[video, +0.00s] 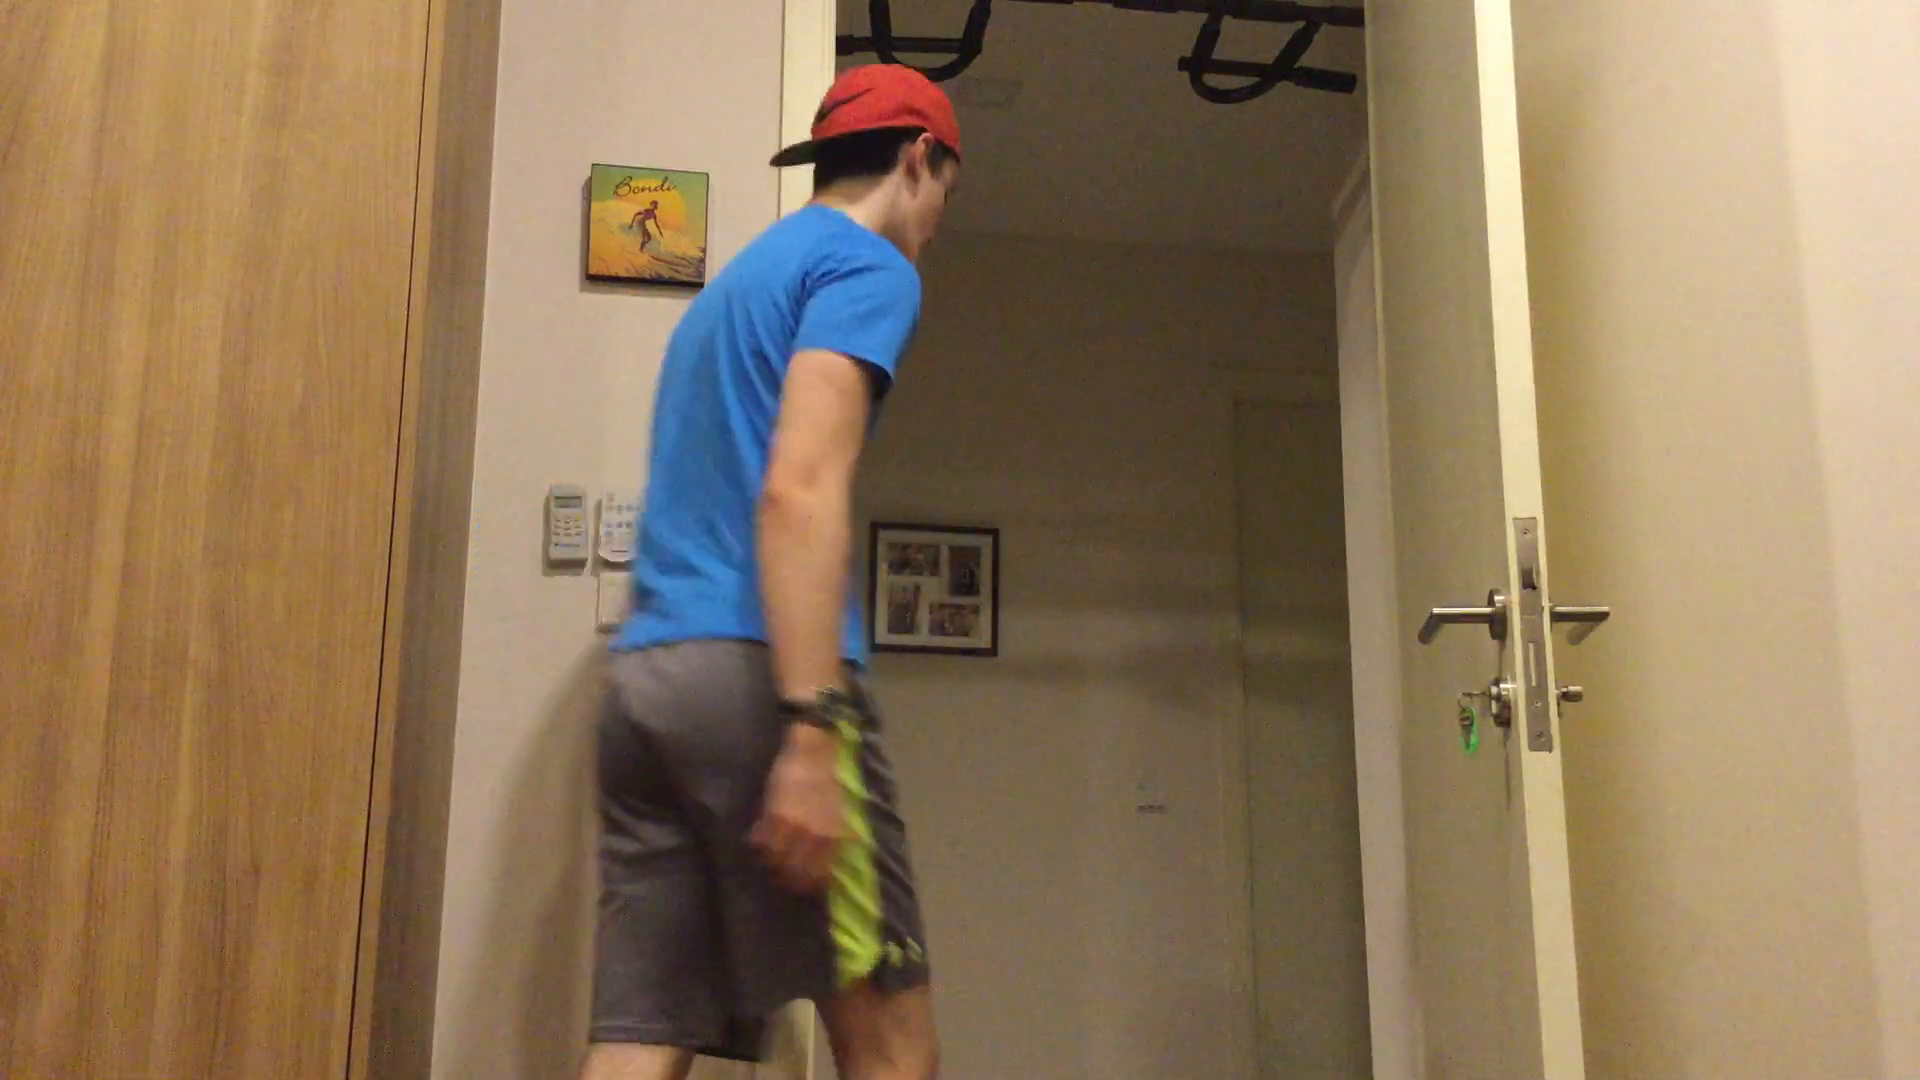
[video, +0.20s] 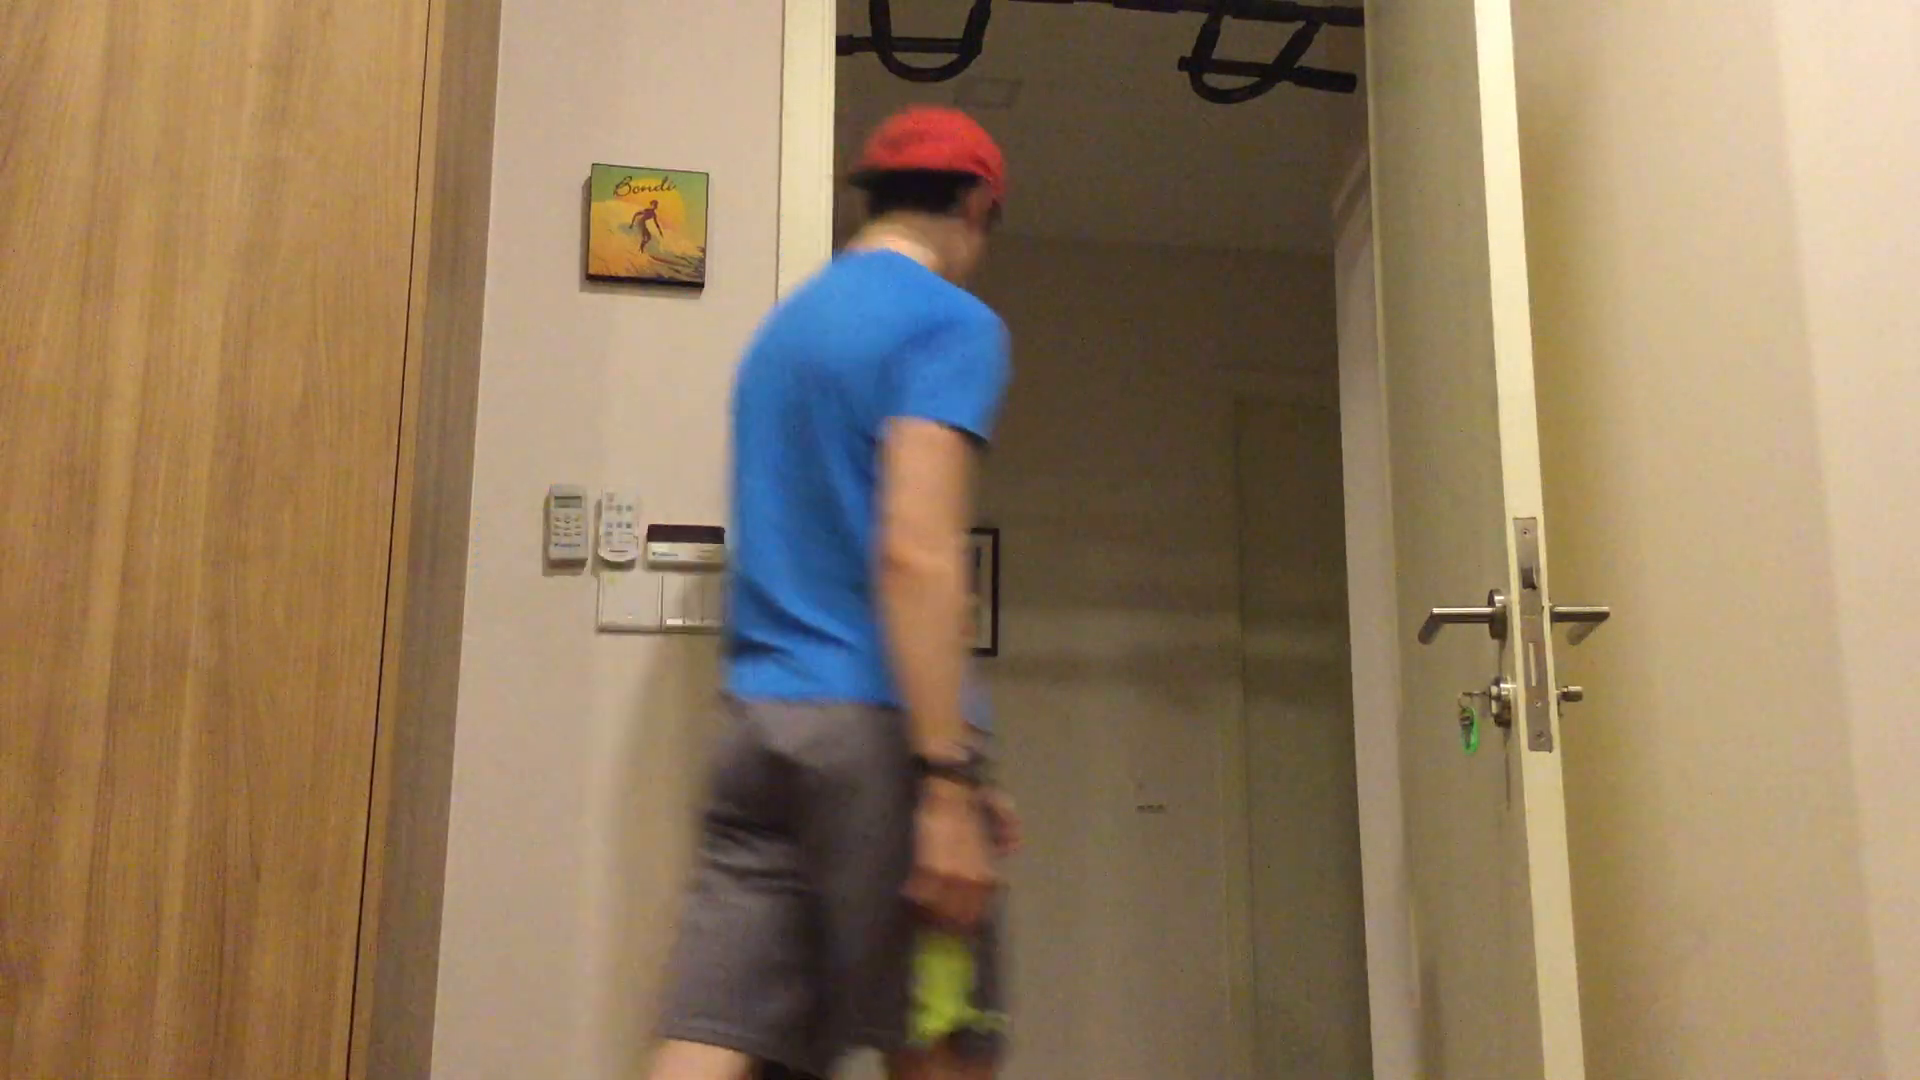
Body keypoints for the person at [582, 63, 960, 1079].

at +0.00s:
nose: (941, 221)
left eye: (947, 192)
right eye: (947, 189)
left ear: (826, 164)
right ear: (918, 163)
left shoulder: (740, 277)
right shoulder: (864, 264)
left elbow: (699, 499)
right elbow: (798, 486)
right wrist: (814, 728)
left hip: (644, 679)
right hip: (759, 678)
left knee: (636, 1039)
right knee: (886, 1039)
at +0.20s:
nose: (986, 248)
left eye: (988, 225)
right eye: (988, 223)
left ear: (869, 203)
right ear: (972, 211)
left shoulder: (788, 323)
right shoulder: (946, 321)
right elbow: (917, 557)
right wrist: (946, 779)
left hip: (761, 721)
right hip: (870, 731)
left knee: (710, 1042)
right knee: (939, 1051)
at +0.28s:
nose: (1021, 247)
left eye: (1019, 235)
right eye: (1022, 232)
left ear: (905, 221)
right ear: (1013, 231)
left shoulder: (808, 353)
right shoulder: (1002, 345)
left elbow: (800, 562)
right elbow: (985, 577)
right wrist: (1011, 797)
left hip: (815, 742)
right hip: (931, 746)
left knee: (782, 1051)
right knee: (966, 1052)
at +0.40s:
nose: (1060, 270)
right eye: (1061, 253)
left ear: (947, 236)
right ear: (1057, 253)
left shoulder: (847, 374)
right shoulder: (1063, 359)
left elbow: (836, 603)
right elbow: (1073, 592)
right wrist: (1123, 799)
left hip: (879, 760)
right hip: (1005, 756)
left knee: (907, 1058)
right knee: (1012, 1057)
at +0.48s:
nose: (1084, 279)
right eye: (1085, 264)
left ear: (972, 247)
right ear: (1081, 263)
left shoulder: (872, 379)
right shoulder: (1089, 361)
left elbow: (860, 615)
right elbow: (1116, 590)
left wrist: (906, 736)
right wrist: (1173, 785)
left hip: (910, 762)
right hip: (1032, 754)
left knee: (988, 1042)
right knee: (1030, 1045)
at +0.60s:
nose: (1107, 293)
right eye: (1110, 278)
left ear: (1001, 261)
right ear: (1106, 274)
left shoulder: (909, 398)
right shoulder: (1111, 366)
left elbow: (895, 634)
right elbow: (1148, 593)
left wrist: (912, 816)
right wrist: (1240, 765)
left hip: (952, 766)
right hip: (1060, 759)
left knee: (1119, 1045)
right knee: (1047, 1054)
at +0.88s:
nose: (1183, 324)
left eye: (1184, 299)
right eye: (1173, 293)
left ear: (1109, 287)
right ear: (1118, 282)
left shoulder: (1023, 427)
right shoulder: (1106, 398)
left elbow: (1008, 656)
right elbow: (1163, 609)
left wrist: (1024, 835)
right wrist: (1329, 700)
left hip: (1086, 771)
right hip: (1127, 770)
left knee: (1168, 1054)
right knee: (1116, 1051)